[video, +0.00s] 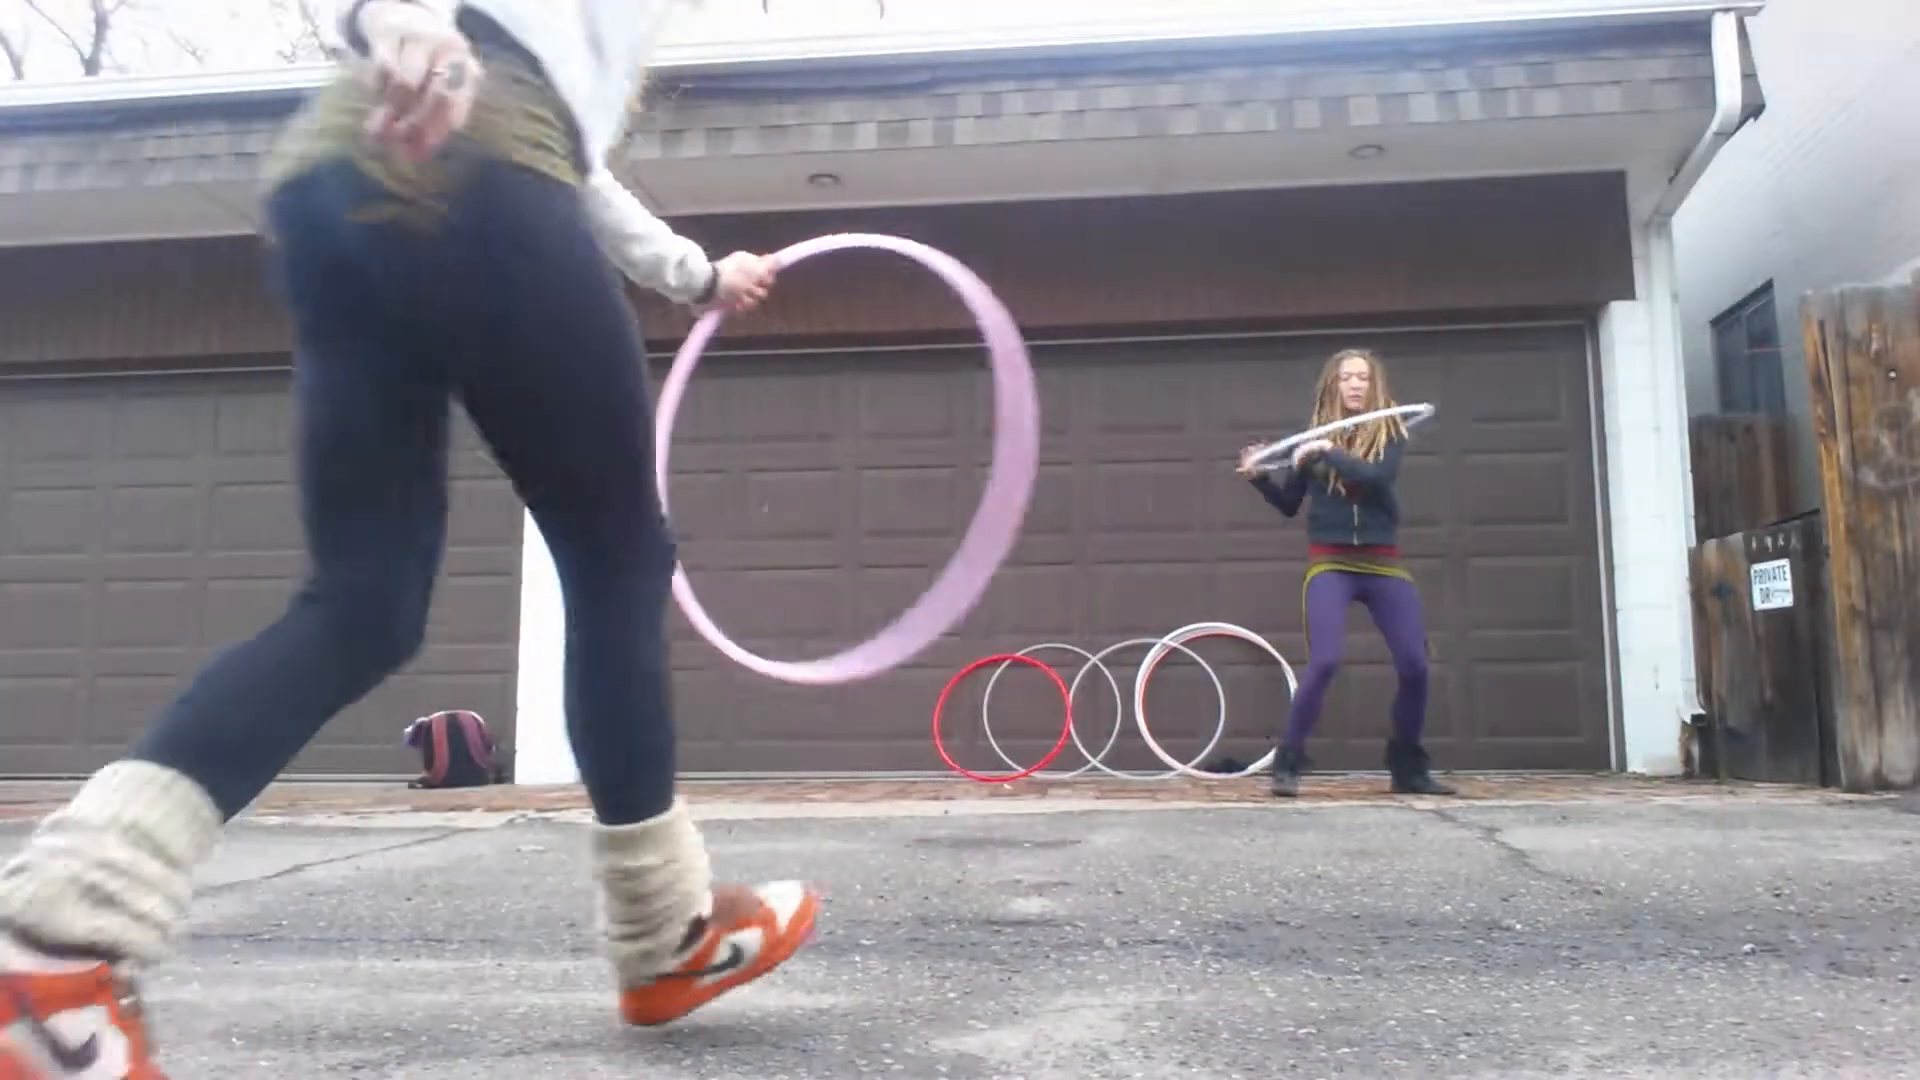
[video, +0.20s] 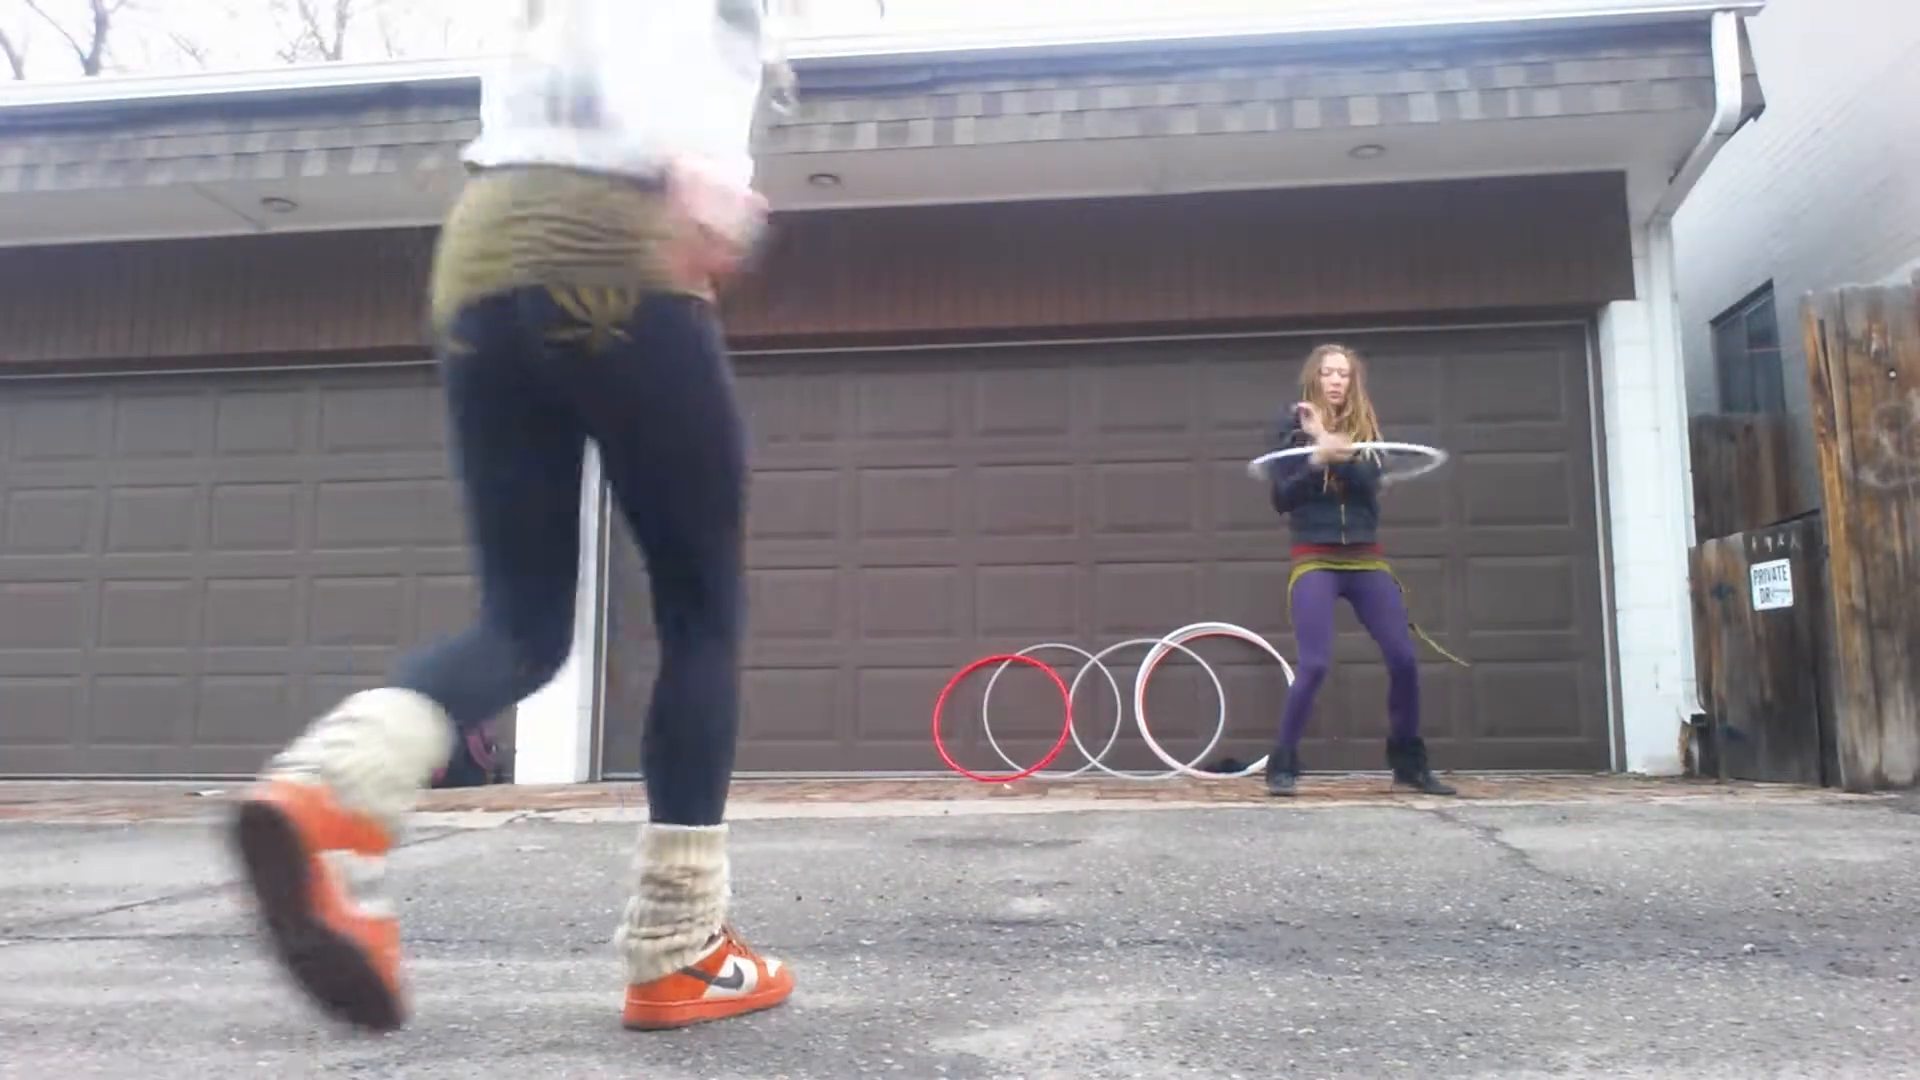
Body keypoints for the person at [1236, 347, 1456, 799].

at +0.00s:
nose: (1356, 385)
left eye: (1364, 378)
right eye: (1348, 378)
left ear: (1375, 386)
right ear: (1333, 385)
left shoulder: (1387, 430)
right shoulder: (1313, 438)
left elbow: (1379, 478)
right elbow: (1289, 503)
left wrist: (1329, 454)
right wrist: (1261, 476)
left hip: (1383, 563)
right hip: (1329, 562)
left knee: (1415, 666)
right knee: (1325, 660)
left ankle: (1407, 769)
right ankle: (1287, 763)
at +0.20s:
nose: (1338, 381)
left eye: (1345, 374)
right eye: (1330, 373)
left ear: (1355, 382)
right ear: (1312, 378)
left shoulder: (1364, 425)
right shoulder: (1290, 425)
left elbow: (1369, 483)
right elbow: (1282, 497)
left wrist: (1326, 440)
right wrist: (1321, 458)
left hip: (1365, 557)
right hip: (1314, 558)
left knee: (1404, 658)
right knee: (1314, 665)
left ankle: (1408, 764)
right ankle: (1282, 765)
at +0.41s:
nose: (1329, 375)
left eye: (1331, 367)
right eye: (1319, 369)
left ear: (1334, 372)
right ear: (1300, 375)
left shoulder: (1336, 420)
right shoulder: (1283, 424)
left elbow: (1368, 467)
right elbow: (1287, 494)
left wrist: (1400, 466)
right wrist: (1350, 503)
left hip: (1345, 549)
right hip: (1306, 556)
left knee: (1424, 590)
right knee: (1314, 663)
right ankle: (1283, 762)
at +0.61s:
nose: (1343, 370)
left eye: (1342, 362)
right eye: (1336, 362)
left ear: (1322, 367)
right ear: (1314, 366)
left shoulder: (1325, 411)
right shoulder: (1305, 406)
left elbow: (1318, 480)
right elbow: (1352, 463)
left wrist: (1356, 496)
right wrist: (1381, 477)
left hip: (1348, 543)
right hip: (1312, 548)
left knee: (1423, 597)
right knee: (1312, 656)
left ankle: (1387, 682)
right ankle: (1282, 761)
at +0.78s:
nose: (1362, 367)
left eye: (1362, 359)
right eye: (1354, 359)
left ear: (1350, 364)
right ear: (1331, 364)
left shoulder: (1354, 406)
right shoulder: (1312, 402)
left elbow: (1354, 465)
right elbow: (1350, 449)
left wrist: (1384, 457)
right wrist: (1384, 456)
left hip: (1372, 544)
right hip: (1328, 547)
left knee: (1417, 646)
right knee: (1313, 658)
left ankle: (1446, 761)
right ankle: (1282, 765)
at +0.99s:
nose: (1382, 383)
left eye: (1388, 376)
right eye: (1372, 375)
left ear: (1397, 381)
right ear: (1355, 380)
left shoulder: (1415, 428)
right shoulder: (1336, 419)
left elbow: (1439, 486)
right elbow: (1290, 442)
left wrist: (1417, 490)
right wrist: (1331, 427)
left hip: (1405, 558)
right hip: (1348, 557)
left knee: (1435, 659)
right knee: (1327, 663)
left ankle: (1445, 770)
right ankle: (1287, 766)